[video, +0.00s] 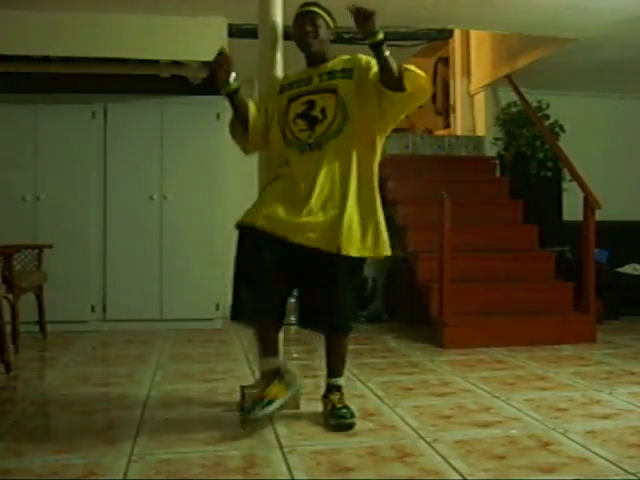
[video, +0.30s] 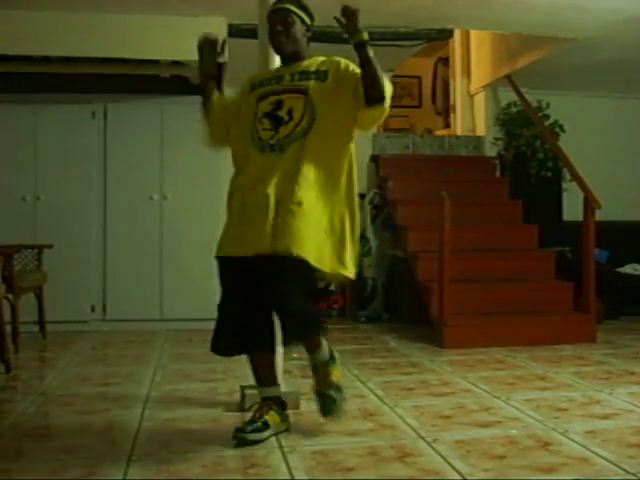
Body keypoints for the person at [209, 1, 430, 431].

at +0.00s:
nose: (309, 30)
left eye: (316, 23)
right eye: (302, 25)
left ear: (332, 31)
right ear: (294, 36)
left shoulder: (359, 71)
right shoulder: (281, 89)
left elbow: (398, 88)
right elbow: (249, 138)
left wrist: (373, 38)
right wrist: (232, 90)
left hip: (341, 210)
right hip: (281, 207)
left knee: (337, 311)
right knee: (258, 288)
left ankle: (335, 392)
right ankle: (273, 377)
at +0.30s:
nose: (279, 28)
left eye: (288, 20)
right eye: (272, 23)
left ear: (308, 30)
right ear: (266, 36)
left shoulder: (334, 71)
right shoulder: (253, 86)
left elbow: (377, 100)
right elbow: (220, 129)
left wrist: (359, 40)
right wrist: (209, 76)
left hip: (306, 205)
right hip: (250, 209)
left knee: (291, 292)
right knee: (247, 309)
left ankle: (324, 366)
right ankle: (271, 403)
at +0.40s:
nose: (275, 21)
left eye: (284, 14)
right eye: (268, 16)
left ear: (303, 26)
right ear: (261, 29)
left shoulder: (329, 71)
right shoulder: (239, 77)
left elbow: (377, 80)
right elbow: (186, 95)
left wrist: (355, 23)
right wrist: (201, 34)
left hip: (300, 196)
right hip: (242, 202)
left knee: (260, 250)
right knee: (240, 303)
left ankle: (295, 340)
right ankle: (271, 401)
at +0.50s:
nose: (275, 15)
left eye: (284, 8)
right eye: (268, 8)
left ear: (299, 19)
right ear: (258, 18)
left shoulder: (321, 66)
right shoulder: (228, 65)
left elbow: (376, 78)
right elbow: (178, 78)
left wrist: (351, 19)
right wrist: (196, 20)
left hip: (285, 194)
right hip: (225, 193)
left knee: (252, 285)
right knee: (233, 301)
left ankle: (259, 385)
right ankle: (269, 397)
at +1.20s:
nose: (268, 3)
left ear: (275, 9)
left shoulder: (285, 62)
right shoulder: (204, 34)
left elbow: (301, 135)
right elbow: (154, 47)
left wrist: (318, 72)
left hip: (253, 215)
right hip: (193, 208)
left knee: (239, 329)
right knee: (201, 323)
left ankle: (229, 433)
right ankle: (215, 402)